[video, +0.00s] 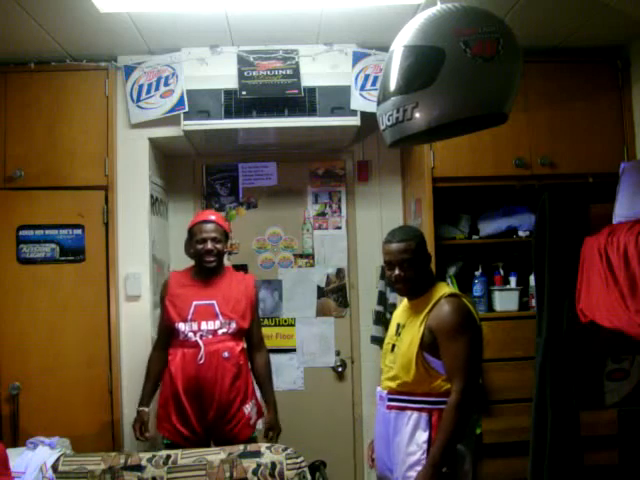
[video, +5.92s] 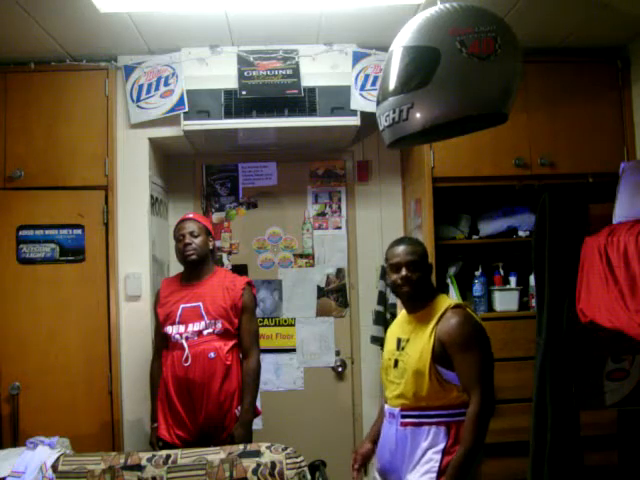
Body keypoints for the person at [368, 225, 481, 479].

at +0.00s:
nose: (397, 274)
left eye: (405, 265)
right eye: (389, 266)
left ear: (426, 262)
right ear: (383, 268)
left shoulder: (449, 312)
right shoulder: (405, 305)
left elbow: (462, 391)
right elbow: (402, 381)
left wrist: (433, 465)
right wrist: (381, 438)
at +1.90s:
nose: (378, 281)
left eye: (383, 272)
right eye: (379, 272)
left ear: (405, 274)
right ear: (404, 274)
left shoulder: (457, 322)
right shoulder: (422, 315)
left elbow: (471, 401)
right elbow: (410, 390)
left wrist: (449, 469)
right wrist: (392, 445)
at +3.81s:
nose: (405, 269)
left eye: (415, 262)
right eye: (400, 262)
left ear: (436, 267)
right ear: (394, 267)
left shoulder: (460, 321)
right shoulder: (410, 315)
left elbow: (480, 400)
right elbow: (407, 389)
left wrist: (455, 469)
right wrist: (380, 440)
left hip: (436, 442)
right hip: (397, 440)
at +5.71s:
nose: (407, 269)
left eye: (415, 260)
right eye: (398, 262)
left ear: (430, 264)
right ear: (389, 270)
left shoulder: (456, 319)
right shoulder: (397, 314)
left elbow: (478, 396)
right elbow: (394, 388)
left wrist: (459, 469)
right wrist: (375, 441)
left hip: (434, 434)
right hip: (391, 430)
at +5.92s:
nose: (404, 275)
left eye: (413, 267)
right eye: (395, 269)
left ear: (428, 271)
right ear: (386, 275)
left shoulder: (455, 323)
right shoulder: (401, 320)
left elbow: (481, 398)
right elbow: (395, 392)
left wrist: (457, 468)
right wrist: (371, 440)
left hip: (434, 447)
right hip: (391, 445)